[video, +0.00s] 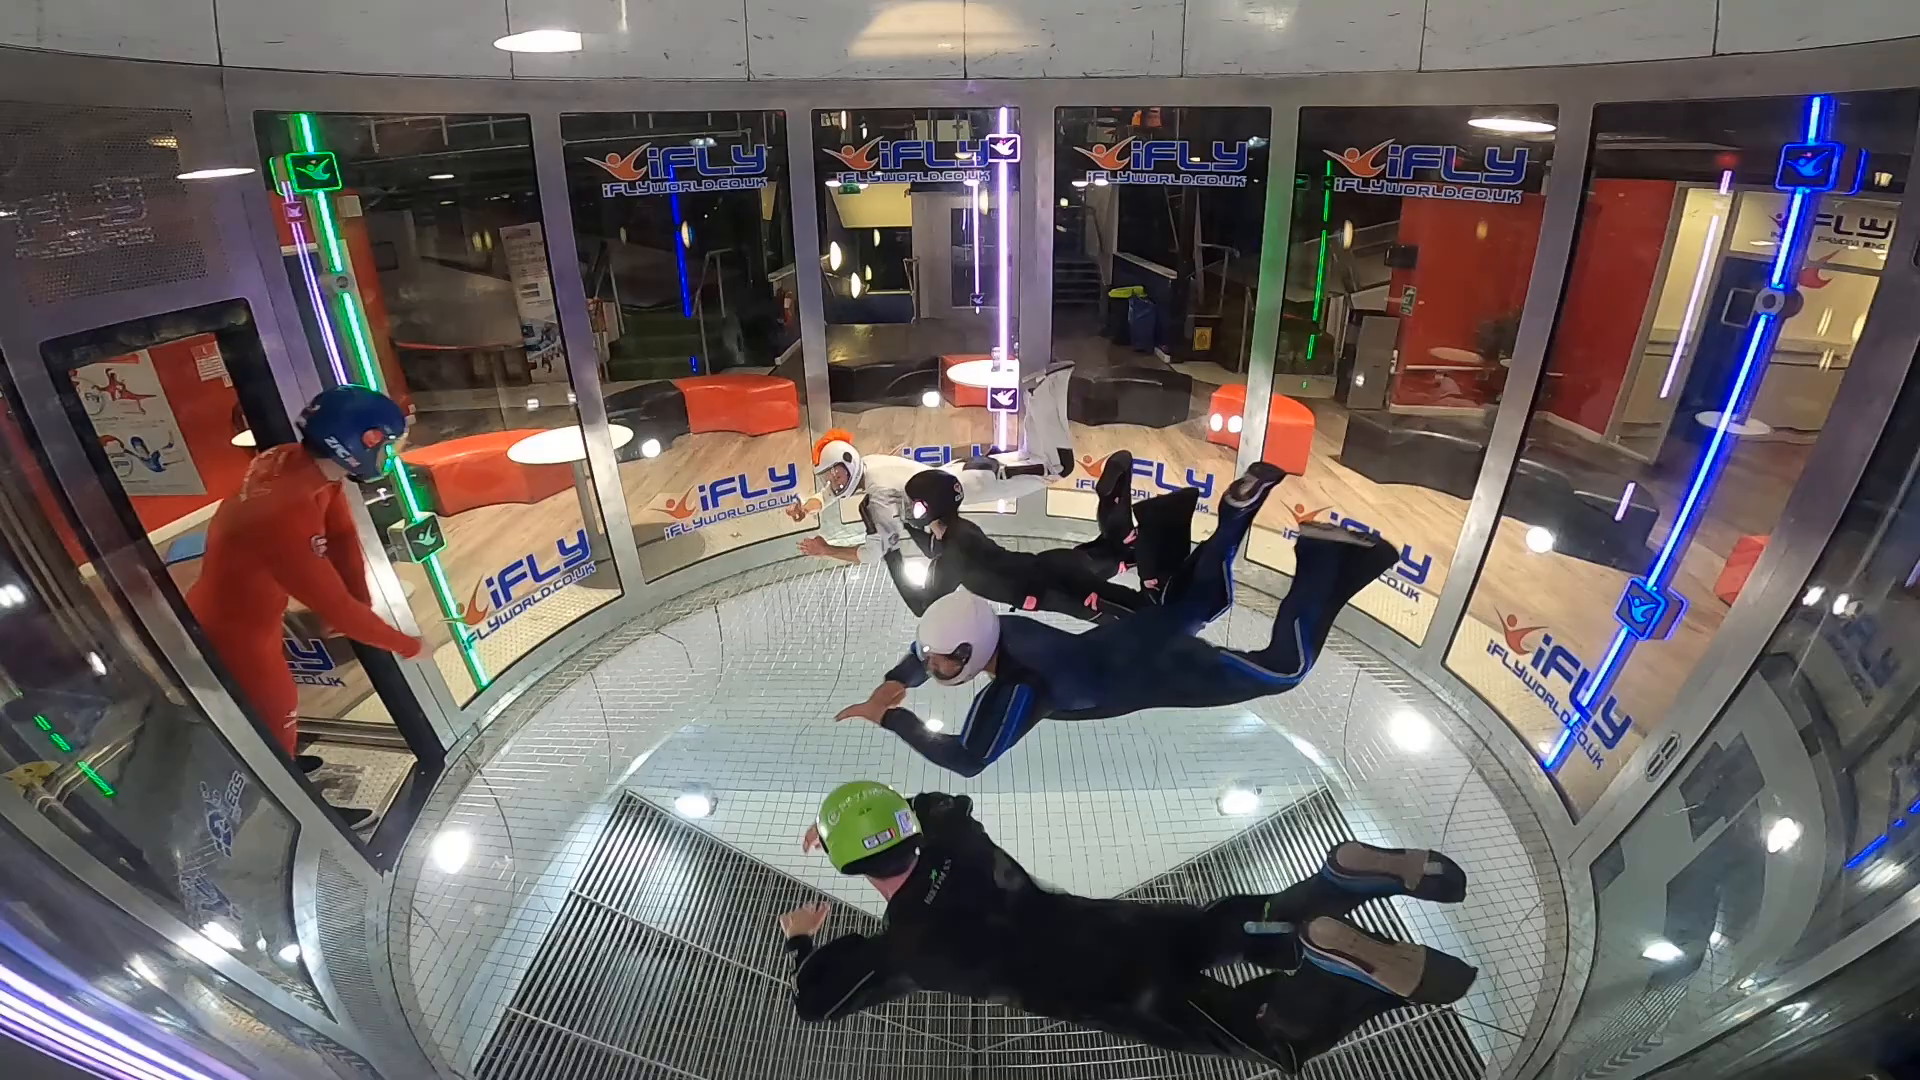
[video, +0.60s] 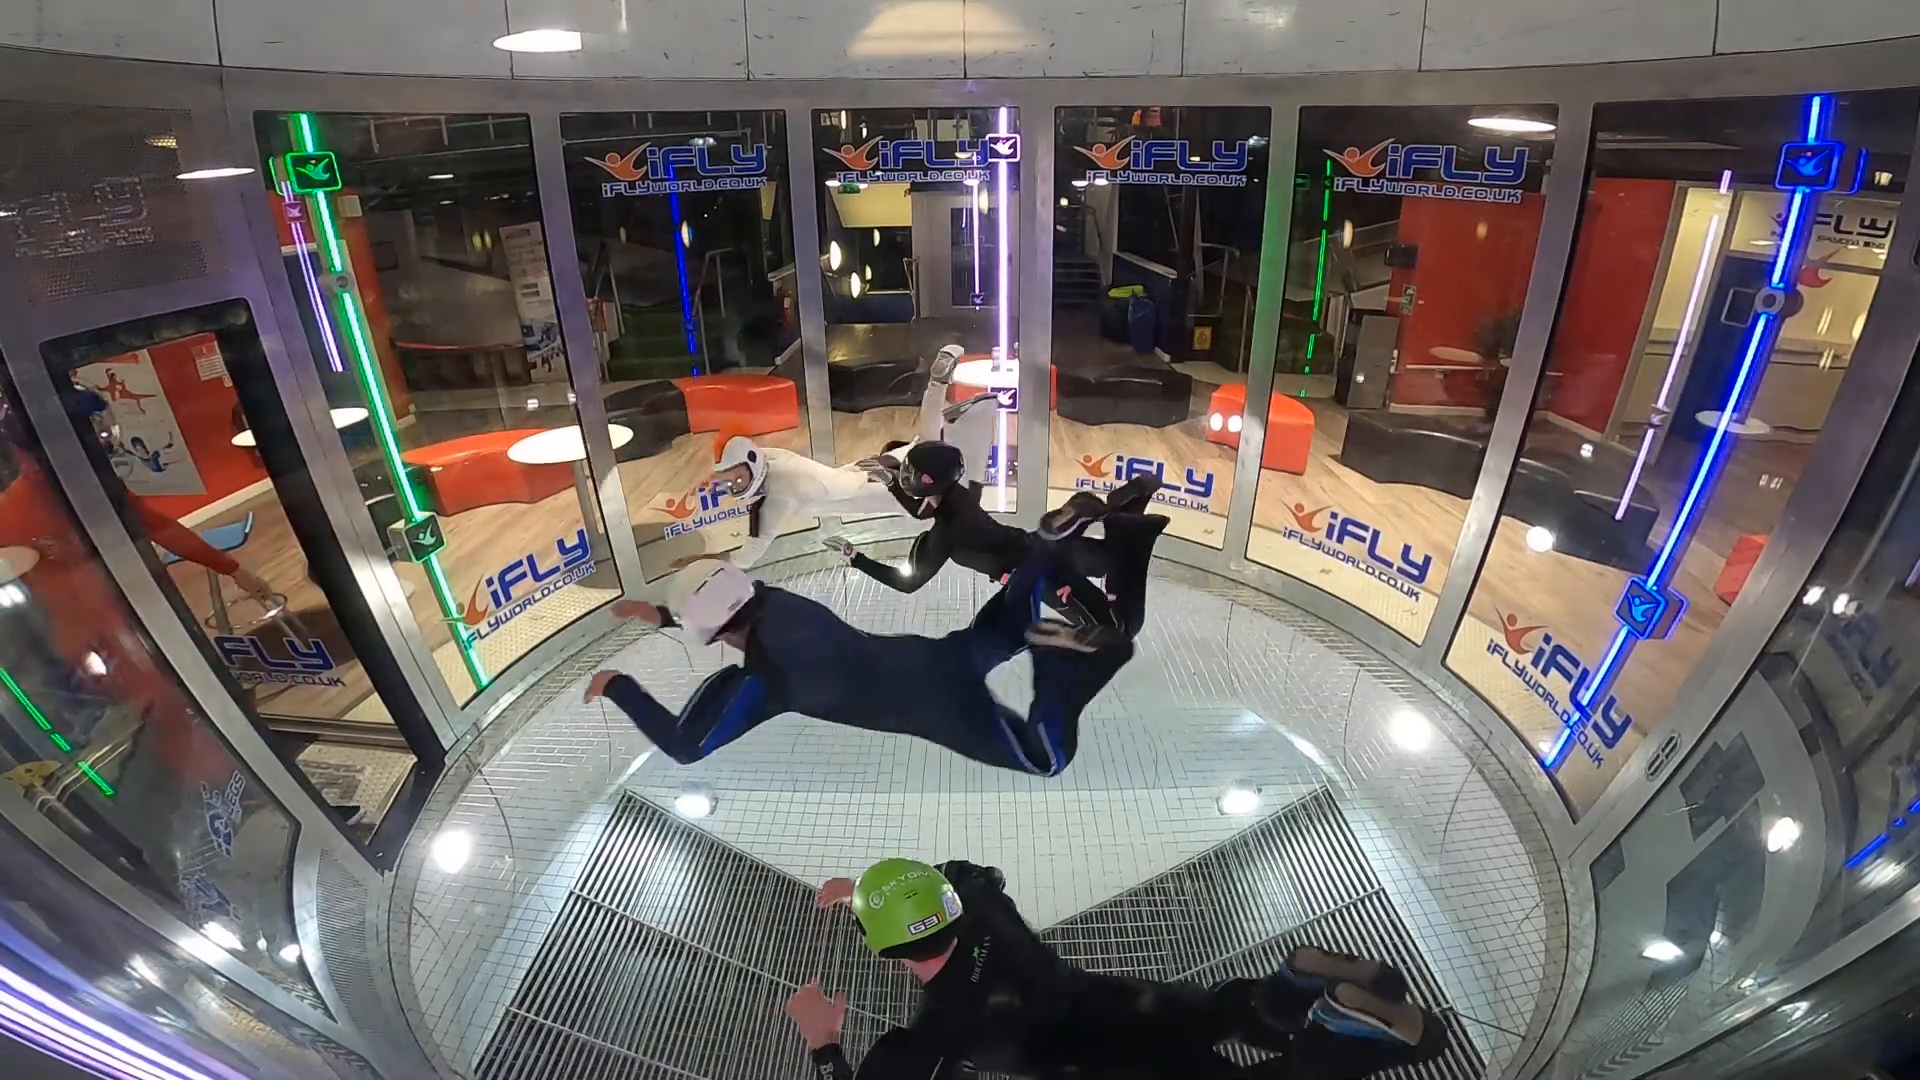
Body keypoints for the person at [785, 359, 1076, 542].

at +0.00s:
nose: (833, 482)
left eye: (837, 473)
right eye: (828, 477)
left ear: (852, 464)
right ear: (827, 472)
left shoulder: (879, 490)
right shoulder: (857, 468)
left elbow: (881, 548)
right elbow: (835, 492)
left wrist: (829, 550)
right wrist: (810, 508)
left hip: (971, 484)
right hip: (950, 470)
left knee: (1058, 466)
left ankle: (1043, 396)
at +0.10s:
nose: (828, 479)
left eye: (832, 472)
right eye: (824, 474)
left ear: (846, 463)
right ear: (822, 470)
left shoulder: (868, 499)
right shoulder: (854, 464)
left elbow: (862, 555)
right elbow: (827, 486)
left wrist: (819, 546)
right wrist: (802, 506)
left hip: (958, 492)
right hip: (940, 473)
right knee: (975, 467)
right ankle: (1021, 456)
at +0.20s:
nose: (817, 480)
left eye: (822, 473)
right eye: (812, 476)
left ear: (837, 465)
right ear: (810, 474)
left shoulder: (857, 495)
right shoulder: (840, 472)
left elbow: (855, 553)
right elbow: (822, 502)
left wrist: (808, 544)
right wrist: (790, 509)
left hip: (942, 498)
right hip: (928, 474)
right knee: (968, 469)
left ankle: (1039, 482)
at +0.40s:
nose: (782, 484)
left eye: (786, 477)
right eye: (778, 479)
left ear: (800, 470)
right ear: (790, 469)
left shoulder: (828, 495)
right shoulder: (809, 460)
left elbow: (816, 554)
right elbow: (791, 486)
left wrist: (769, 557)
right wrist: (763, 500)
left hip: (906, 488)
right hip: (891, 465)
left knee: (962, 486)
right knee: (970, 444)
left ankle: (1007, 495)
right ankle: (988, 375)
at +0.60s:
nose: (732, 483)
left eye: (735, 475)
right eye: (728, 478)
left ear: (751, 466)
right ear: (744, 463)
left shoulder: (778, 493)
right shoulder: (765, 458)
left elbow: (758, 546)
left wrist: (723, 565)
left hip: (872, 488)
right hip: (860, 471)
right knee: (923, 449)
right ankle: (939, 382)